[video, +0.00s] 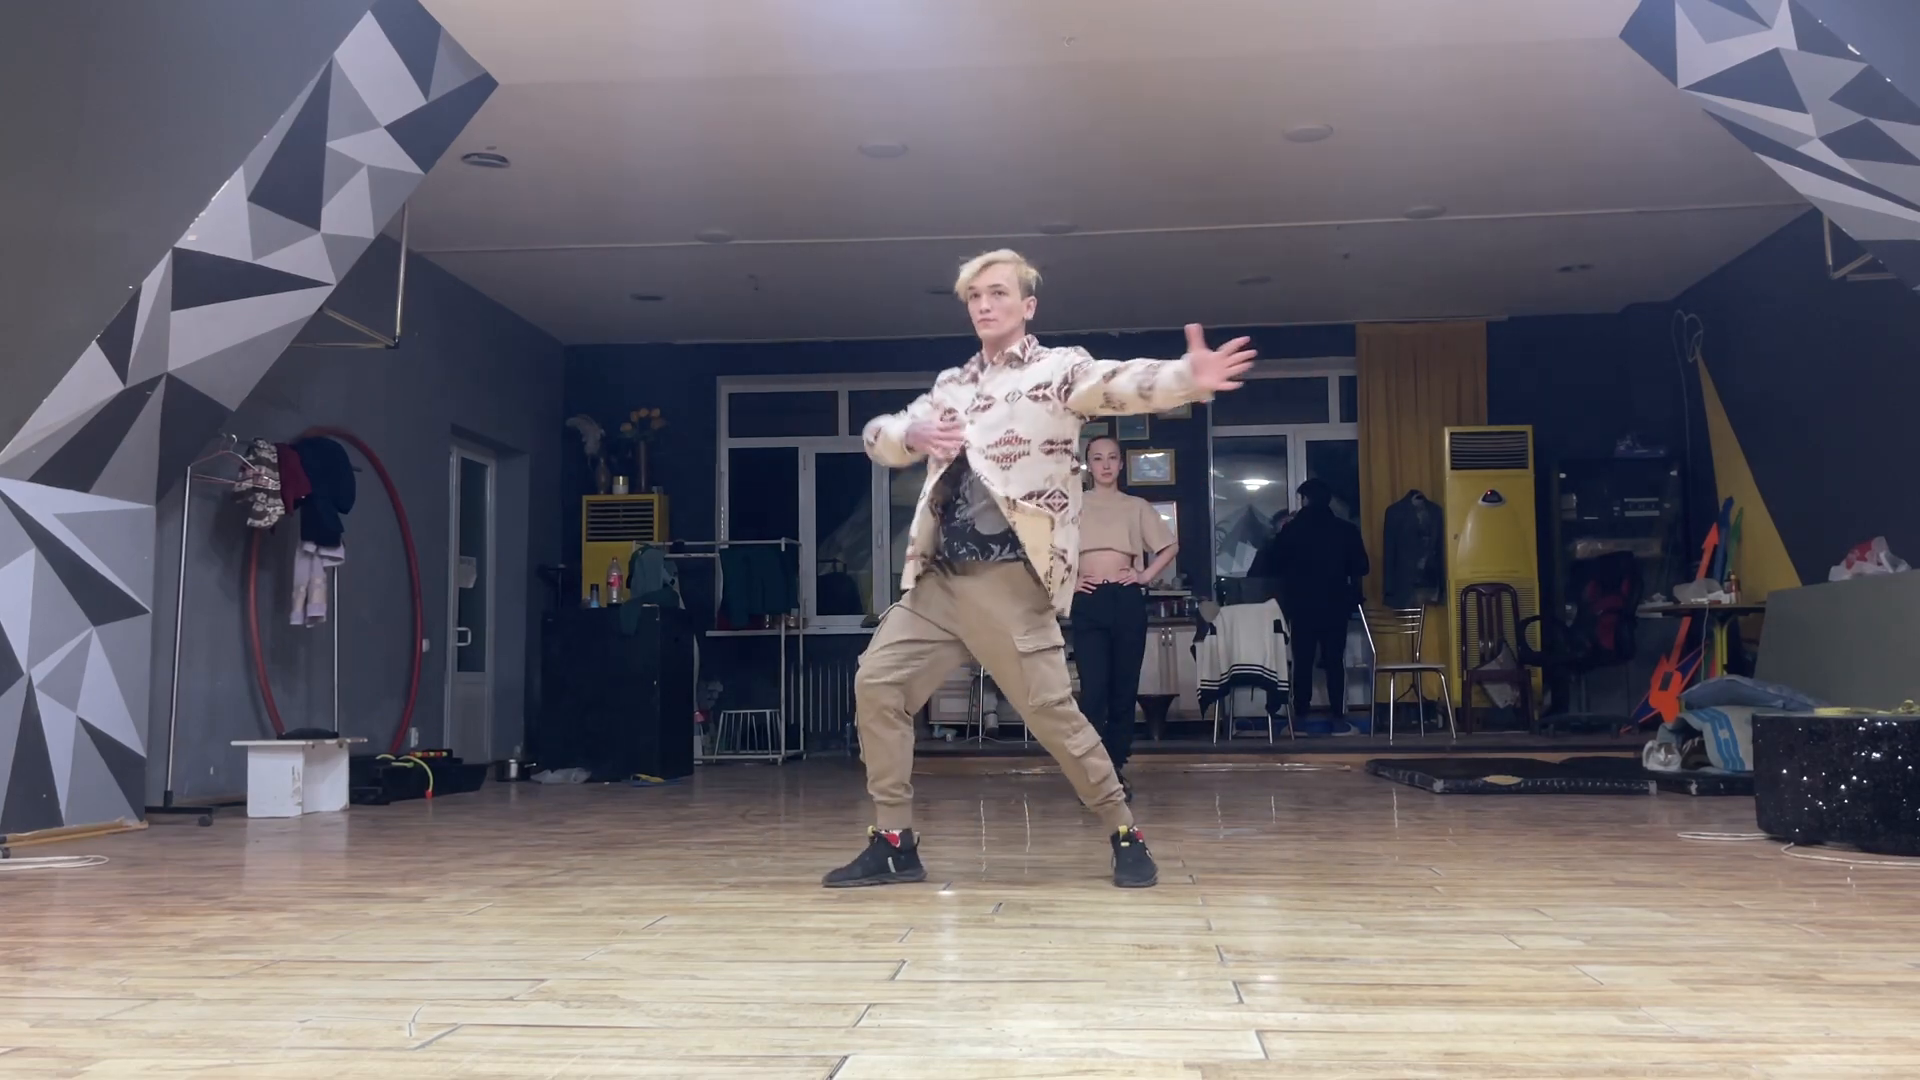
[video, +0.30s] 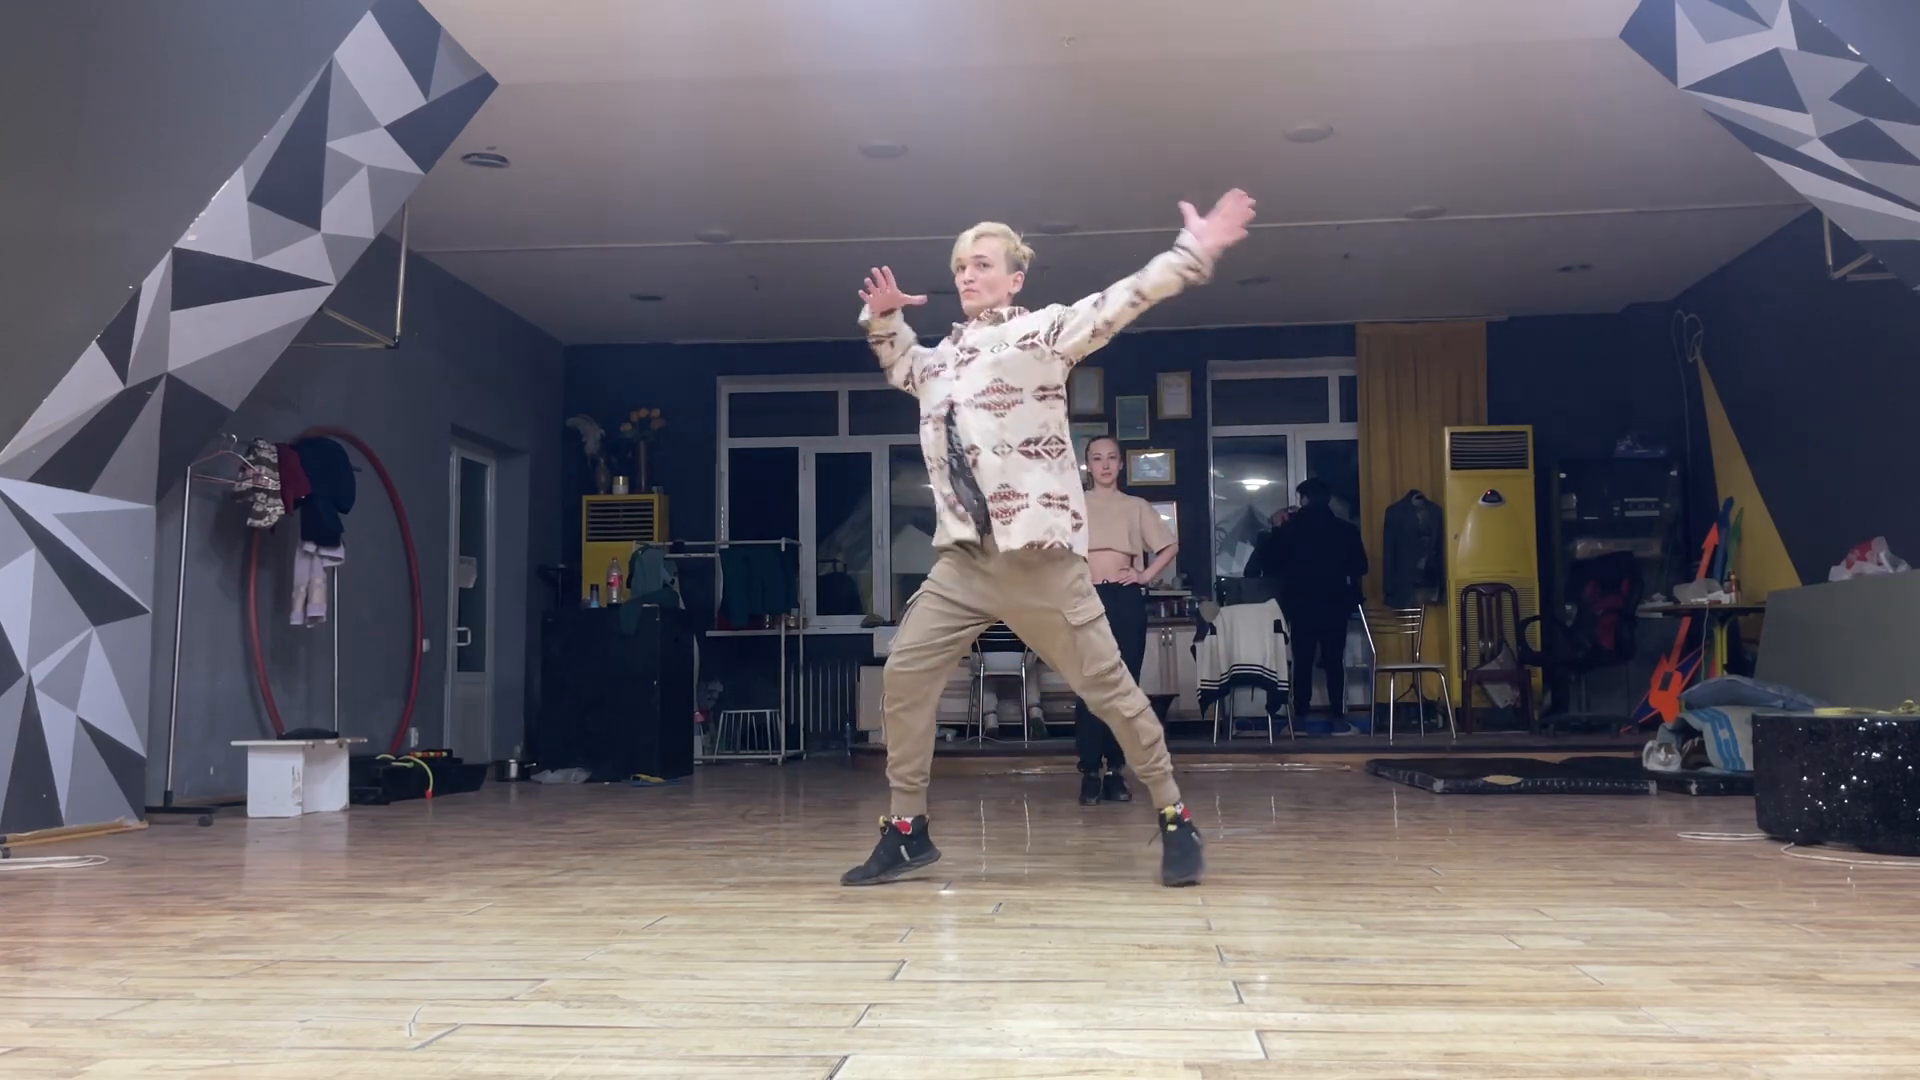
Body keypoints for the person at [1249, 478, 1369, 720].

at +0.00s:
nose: (1302, 502)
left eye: (1302, 498)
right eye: (1303, 499)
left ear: (1305, 500)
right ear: (1328, 500)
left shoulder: (1291, 530)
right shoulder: (1346, 529)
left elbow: (1270, 567)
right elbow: (1360, 567)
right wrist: (1337, 564)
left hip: (1301, 604)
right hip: (1335, 604)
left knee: (1302, 661)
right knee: (1335, 661)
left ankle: (1300, 717)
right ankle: (1338, 718)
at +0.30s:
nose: (1300, 502)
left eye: (1301, 498)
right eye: (1301, 499)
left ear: (1304, 499)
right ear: (1328, 499)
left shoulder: (1289, 529)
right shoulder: (1346, 529)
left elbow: (1271, 566)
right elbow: (1359, 567)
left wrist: (1276, 531)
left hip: (1301, 604)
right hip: (1334, 604)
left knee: (1302, 662)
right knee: (1334, 661)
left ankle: (1301, 719)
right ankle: (1337, 719)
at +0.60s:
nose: (1299, 502)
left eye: (1300, 498)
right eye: (1300, 498)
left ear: (1303, 499)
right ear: (1327, 499)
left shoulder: (1288, 529)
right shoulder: (1345, 529)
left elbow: (1270, 566)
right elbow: (1358, 568)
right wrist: (1353, 598)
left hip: (1299, 604)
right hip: (1333, 603)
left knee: (1301, 661)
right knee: (1333, 661)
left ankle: (1300, 719)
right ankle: (1337, 718)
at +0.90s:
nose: (1298, 502)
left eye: (1299, 498)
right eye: (1300, 498)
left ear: (1302, 499)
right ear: (1327, 499)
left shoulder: (1286, 529)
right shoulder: (1345, 529)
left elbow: (1264, 566)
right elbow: (1358, 568)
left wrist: (1271, 527)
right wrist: (1352, 598)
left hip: (1298, 604)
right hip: (1333, 604)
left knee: (1301, 661)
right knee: (1333, 661)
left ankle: (1300, 719)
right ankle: (1337, 719)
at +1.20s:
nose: (1298, 502)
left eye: (1299, 498)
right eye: (1300, 498)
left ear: (1302, 500)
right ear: (1327, 500)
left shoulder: (1285, 528)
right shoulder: (1345, 529)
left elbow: (1250, 567)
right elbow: (1358, 568)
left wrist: (1270, 527)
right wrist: (1355, 598)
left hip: (1297, 604)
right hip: (1333, 603)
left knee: (1300, 660)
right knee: (1333, 661)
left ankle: (1299, 717)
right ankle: (1337, 719)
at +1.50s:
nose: (1298, 503)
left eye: (1299, 499)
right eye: (1301, 499)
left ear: (1301, 500)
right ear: (1327, 500)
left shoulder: (1286, 528)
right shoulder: (1344, 529)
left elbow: (1250, 567)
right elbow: (1358, 568)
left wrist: (1270, 527)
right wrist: (1355, 597)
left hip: (1298, 605)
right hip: (1333, 604)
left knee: (1300, 661)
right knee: (1333, 661)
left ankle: (1300, 717)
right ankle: (1337, 718)